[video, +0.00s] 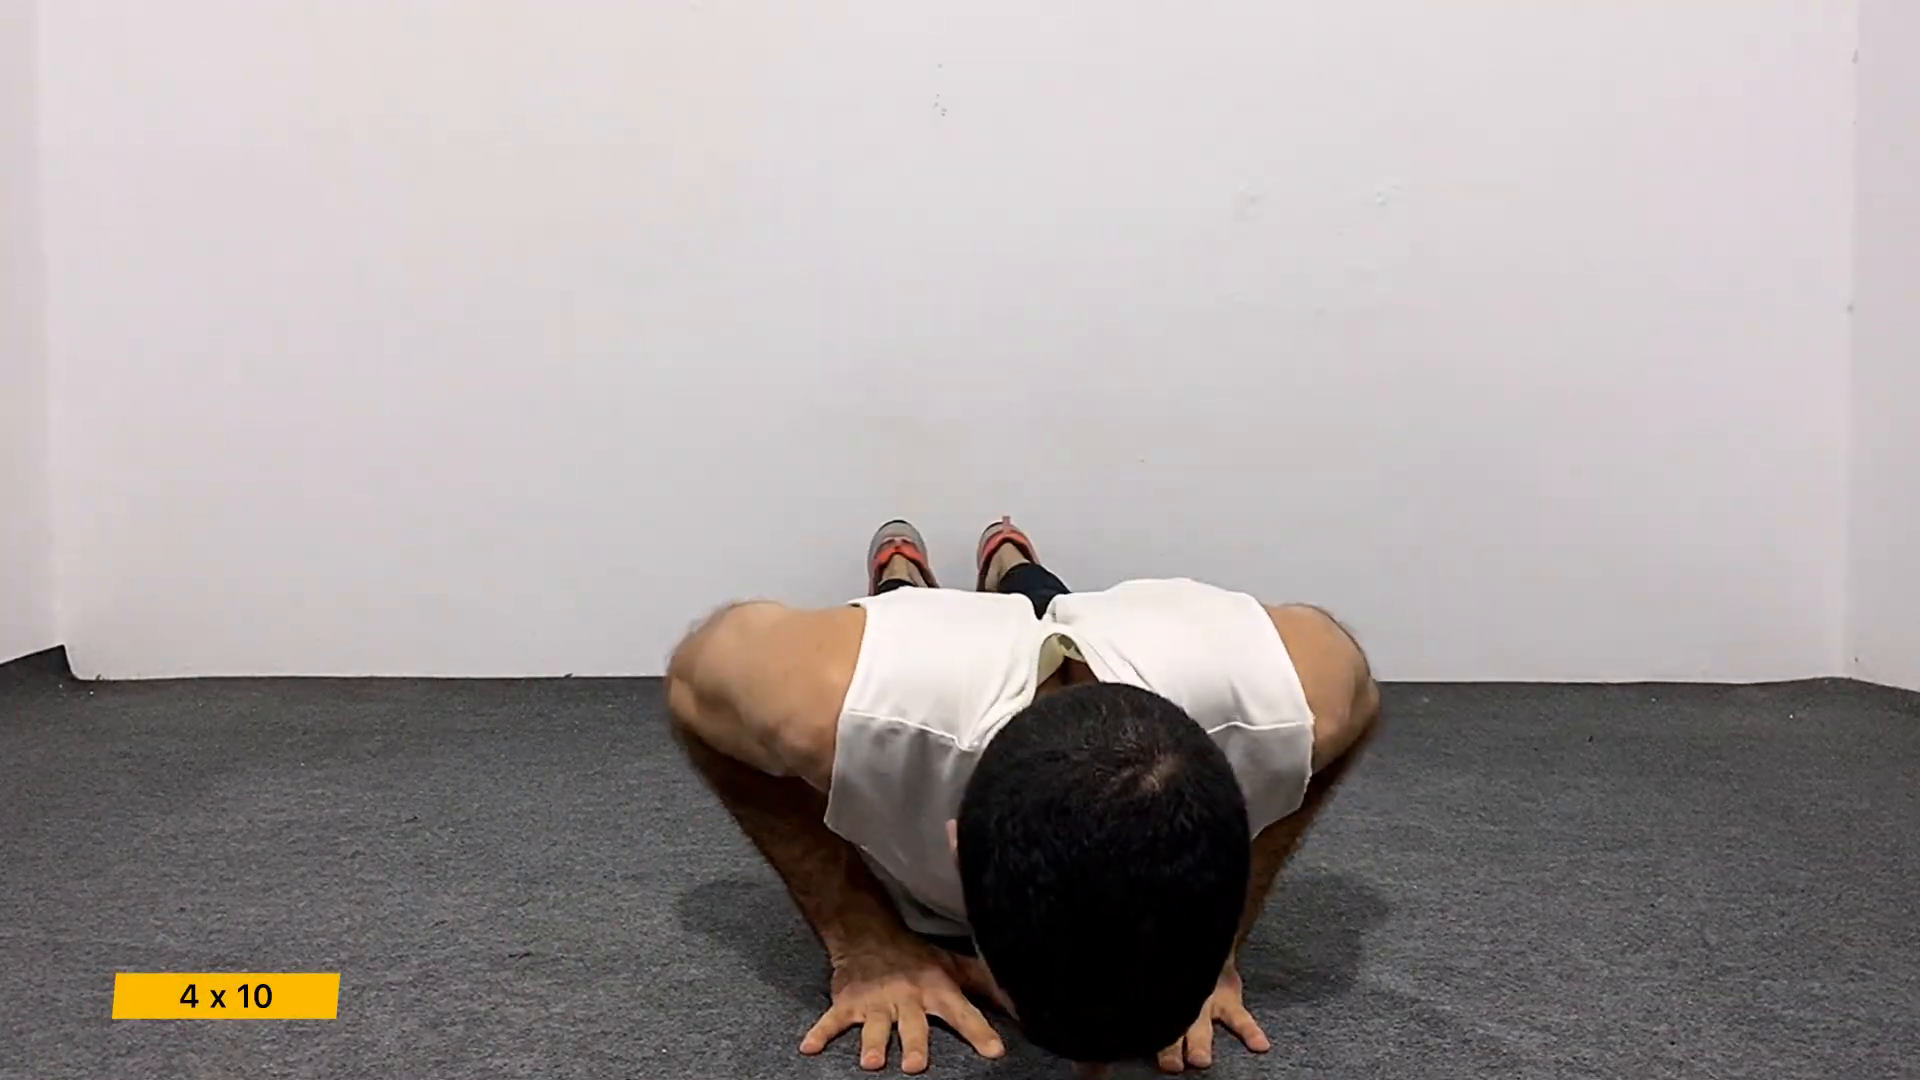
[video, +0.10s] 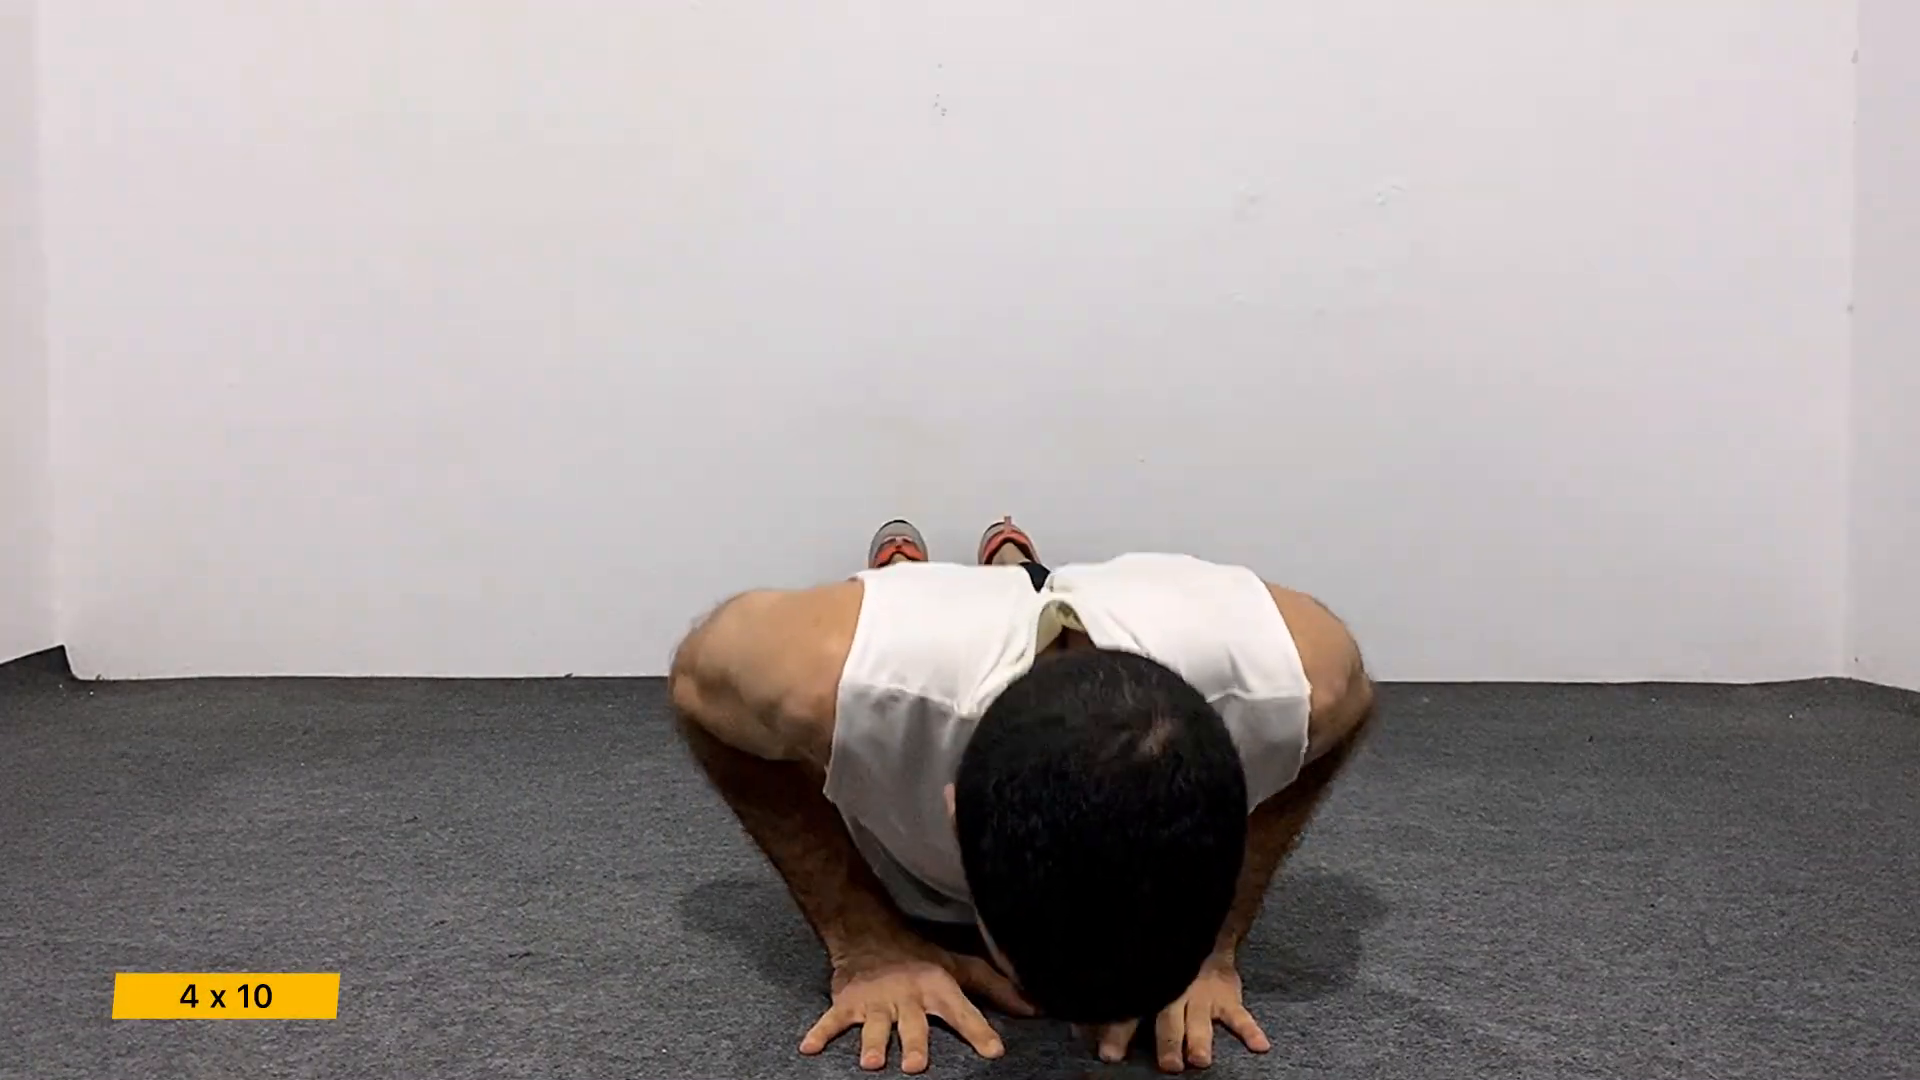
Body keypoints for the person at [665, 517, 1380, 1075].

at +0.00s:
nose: (1095, 1072)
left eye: (1134, 1052)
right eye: (1062, 1048)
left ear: (1235, 875)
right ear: (964, 852)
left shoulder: (1301, 694)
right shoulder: (835, 703)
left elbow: (1356, 695)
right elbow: (698, 679)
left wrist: (1225, 939)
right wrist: (857, 931)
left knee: (1055, 624)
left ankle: (1019, 576)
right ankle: (904, 590)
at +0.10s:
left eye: (1122, 1018)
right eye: (1032, 999)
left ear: (1234, 808)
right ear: (956, 804)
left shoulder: (1303, 679)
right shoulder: (827, 680)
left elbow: (1347, 712)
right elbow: (702, 682)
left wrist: (1217, 947)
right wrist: (862, 939)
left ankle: (1012, 567)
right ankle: (897, 569)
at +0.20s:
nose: (1089, 926)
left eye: (1132, 885)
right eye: (1047, 877)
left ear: (1219, 763)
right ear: (956, 717)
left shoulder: (1298, 620)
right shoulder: (818, 618)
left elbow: (1324, 714)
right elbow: (718, 692)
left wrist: (1201, 929)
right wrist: (862, 931)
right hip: (917, 837)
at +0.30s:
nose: (1087, 784)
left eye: (1131, 745)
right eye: (1042, 741)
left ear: (1212, 632)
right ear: (951, 591)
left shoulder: (1290, 535)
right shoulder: (820, 521)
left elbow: (1307, 696)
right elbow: (722, 688)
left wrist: (1202, 923)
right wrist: (864, 932)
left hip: (1149, 769)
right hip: (903, 781)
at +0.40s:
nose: (1075, 633)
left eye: (1128, 592)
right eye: (1034, 588)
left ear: (1201, 488)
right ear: (950, 448)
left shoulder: (1278, 443)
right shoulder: (817, 428)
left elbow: (1303, 672)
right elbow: (728, 669)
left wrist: (1200, 929)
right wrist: (868, 936)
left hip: (1119, 720)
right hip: (901, 721)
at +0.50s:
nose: (1071, 490)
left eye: (1123, 440)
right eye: (1027, 440)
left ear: (1179, 347)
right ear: (947, 301)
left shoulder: (1270, 349)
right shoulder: (814, 334)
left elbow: (1290, 644)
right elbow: (749, 641)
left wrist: (1197, 929)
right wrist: (869, 933)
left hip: (1105, 656)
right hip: (904, 656)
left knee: (1088, 675)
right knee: (904, 675)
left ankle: (1075, 672)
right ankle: (910, 678)